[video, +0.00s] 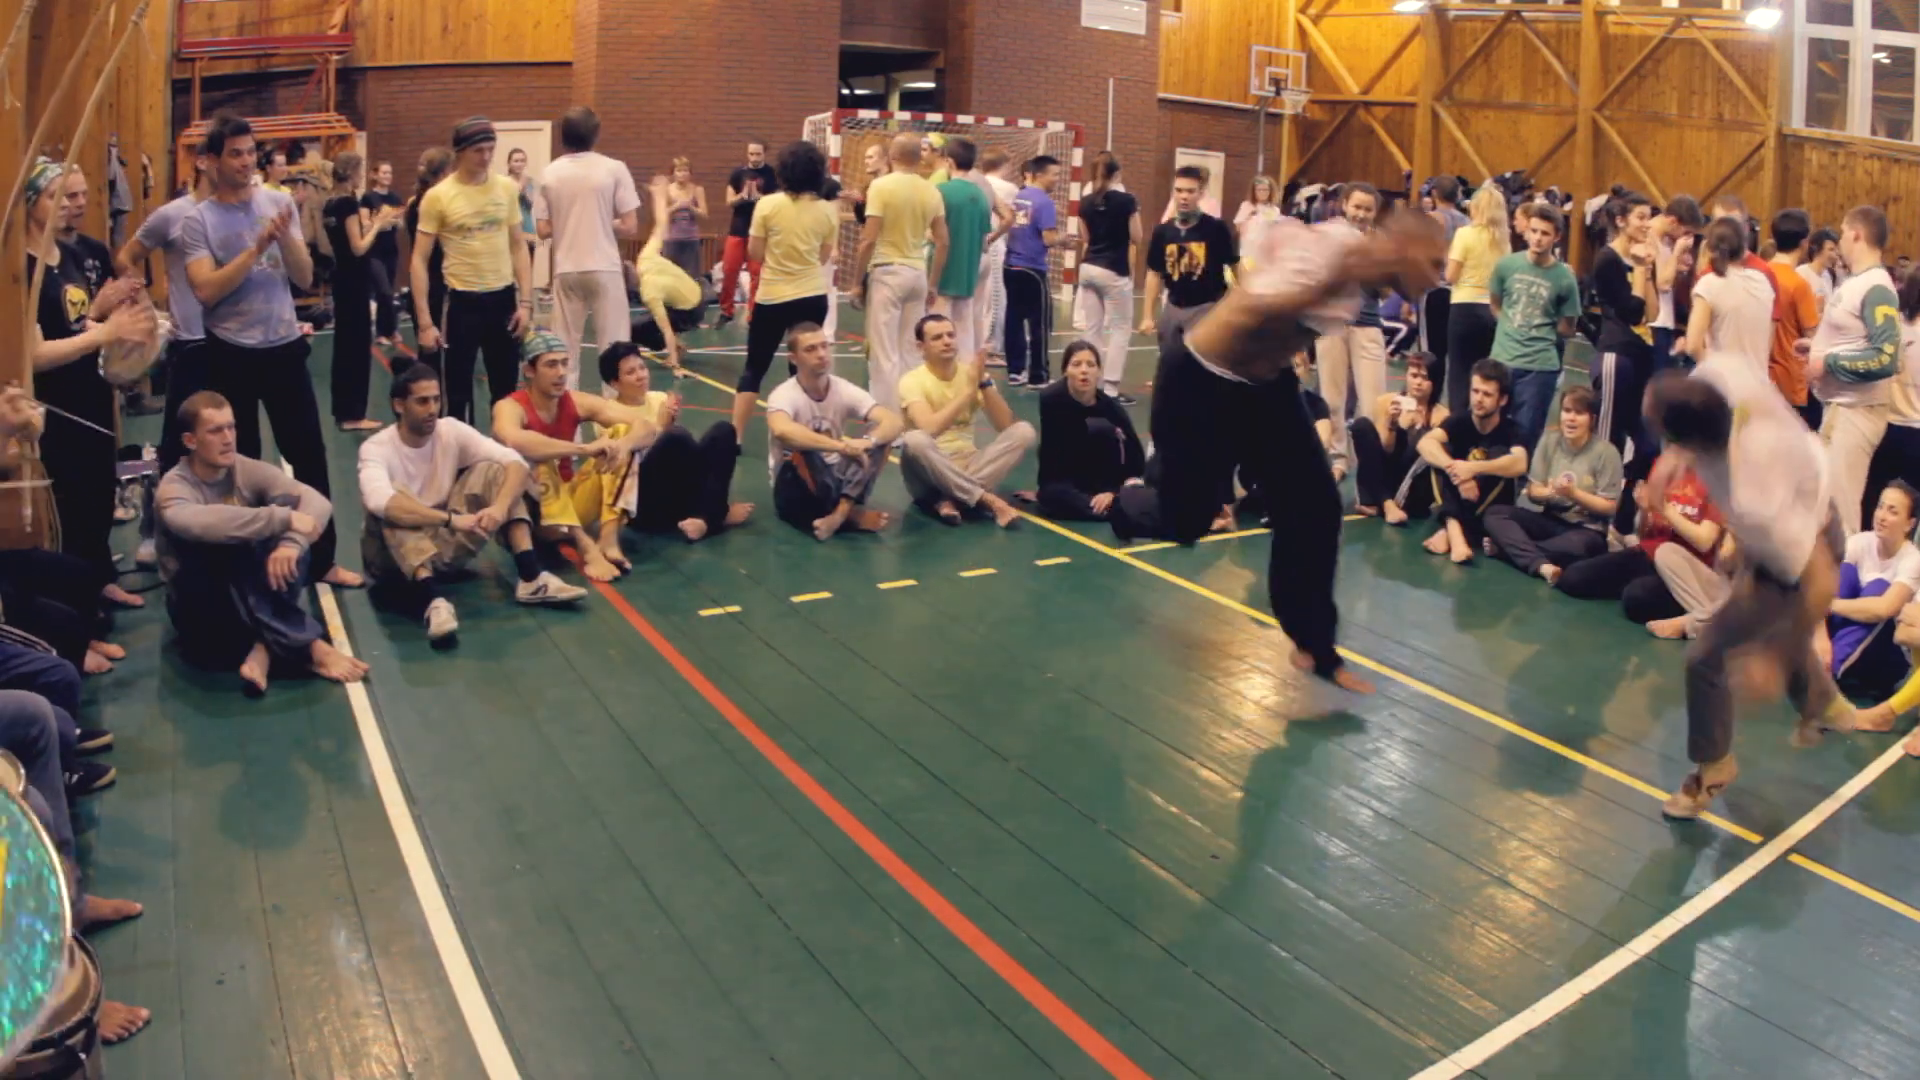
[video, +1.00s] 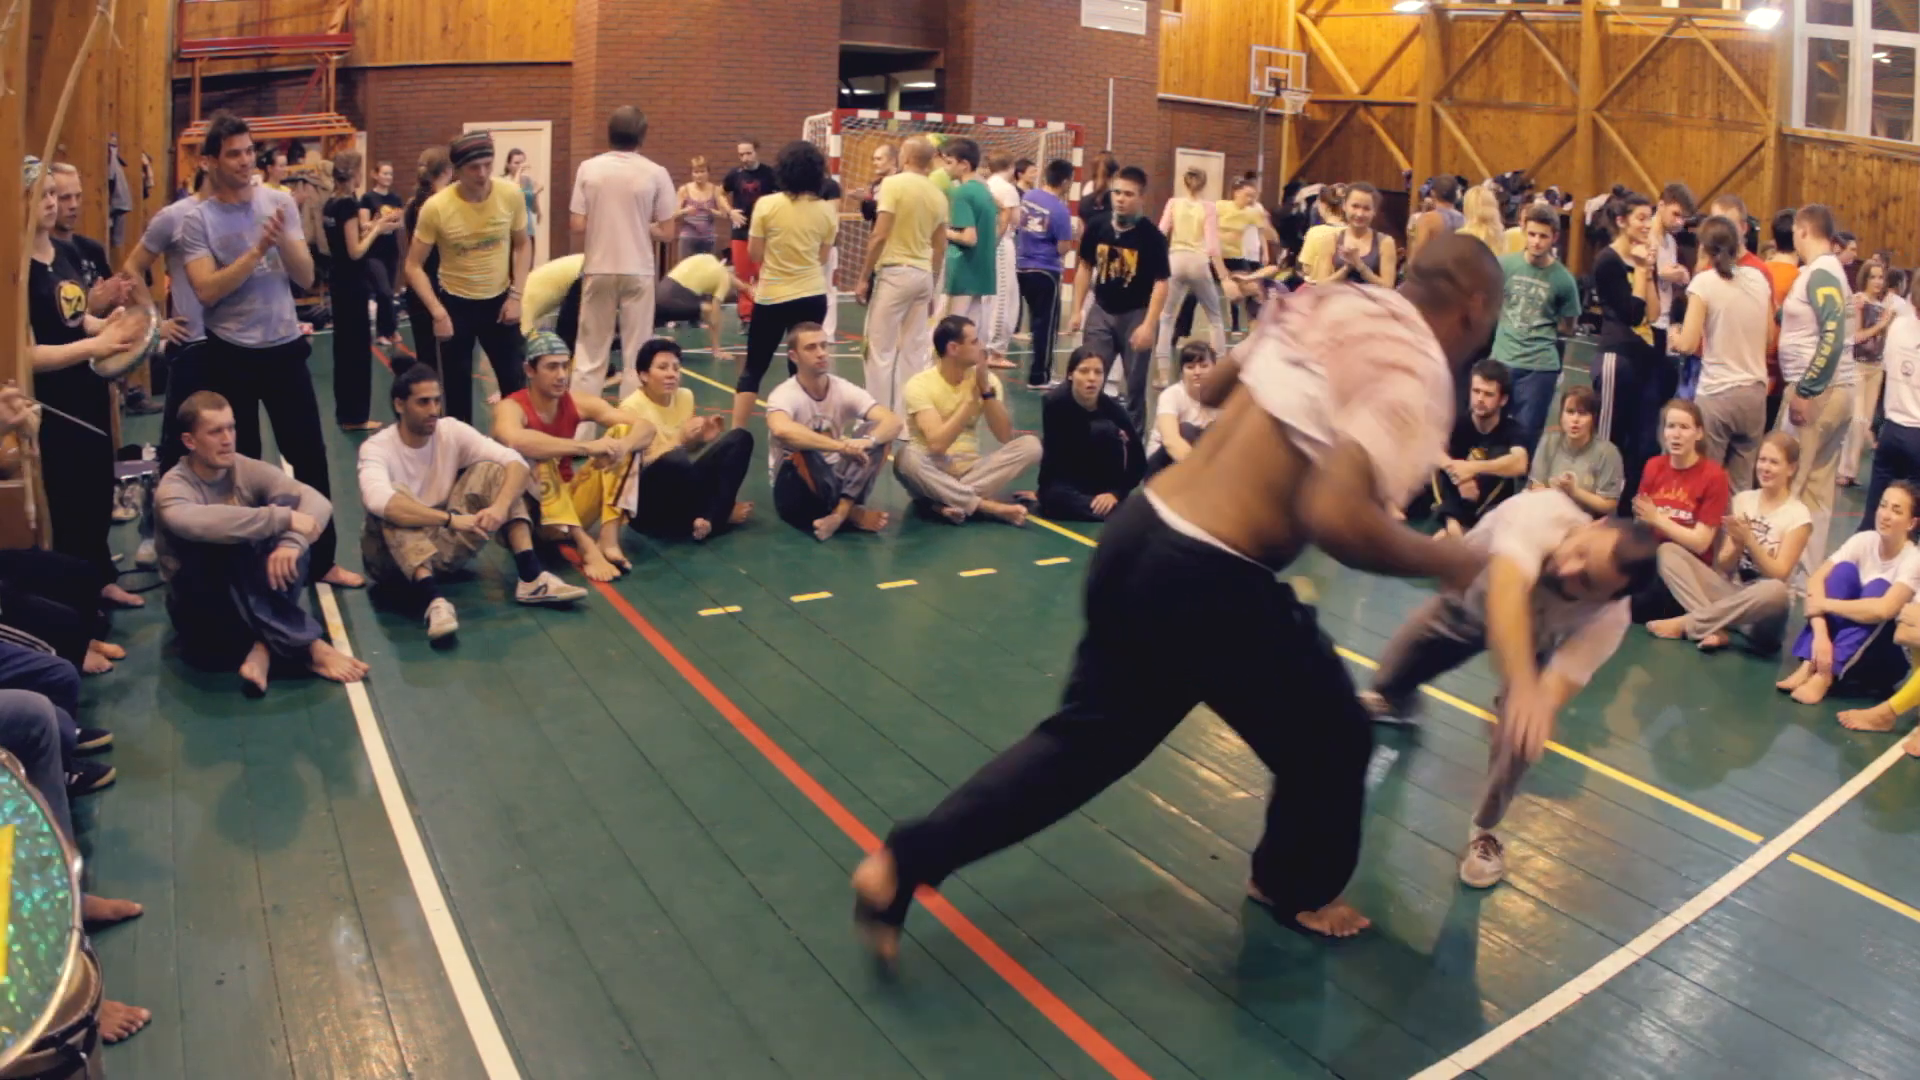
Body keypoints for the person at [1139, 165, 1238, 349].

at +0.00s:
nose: (1183, 197)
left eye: (1190, 191)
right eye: (1179, 191)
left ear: (1201, 194)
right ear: (1173, 193)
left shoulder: (1217, 229)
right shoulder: (1162, 232)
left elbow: (1236, 267)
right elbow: (1153, 274)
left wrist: (1246, 302)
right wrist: (1147, 316)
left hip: (1207, 310)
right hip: (1172, 309)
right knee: (1169, 370)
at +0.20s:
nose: (1160, 197)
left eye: (1168, 191)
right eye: (1156, 191)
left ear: (1181, 194)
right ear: (1151, 194)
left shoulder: (1200, 229)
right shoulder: (1145, 233)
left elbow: (1218, 269)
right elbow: (1135, 275)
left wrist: (1233, 306)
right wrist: (1125, 316)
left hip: (1190, 308)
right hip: (1157, 309)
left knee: (1173, 370)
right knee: (1160, 372)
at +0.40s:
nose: (1152, 198)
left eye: (1160, 192)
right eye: (1149, 191)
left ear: (1174, 196)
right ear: (1144, 194)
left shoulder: (1188, 235)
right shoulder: (1134, 230)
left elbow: (1201, 281)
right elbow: (1125, 270)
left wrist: (1202, 325)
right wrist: (1114, 309)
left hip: (1169, 311)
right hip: (1140, 310)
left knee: (1150, 376)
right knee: (1147, 374)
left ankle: (1140, 438)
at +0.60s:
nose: (1148, 198)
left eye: (1156, 193)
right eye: (1145, 191)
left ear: (1170, 199)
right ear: (1140, 192)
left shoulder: (1177, 237)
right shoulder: (1129, 222)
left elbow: (1182, 283)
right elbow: (1115, 261)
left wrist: (1169, 323)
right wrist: (1104, 301)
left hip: (1152, 314)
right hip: (1123, 309)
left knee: (1140, 383)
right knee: (1116, 372)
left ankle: (1135, 440)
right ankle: (1133, 423)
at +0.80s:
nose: (1139, 197)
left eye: (1147, 193)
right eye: (1136, 191)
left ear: (1161, 198)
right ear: (1130, 191)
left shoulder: (1167, 236)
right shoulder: (1115, 221)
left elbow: (1170, 280)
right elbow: (1104, 261)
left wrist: (1146, 310)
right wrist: (1089, 300)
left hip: (1145, 313)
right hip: (1110, 306)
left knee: (1136, 378)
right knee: (1098, 370)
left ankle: (1133, 435)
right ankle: (1098, 426)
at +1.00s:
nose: (1120, 199)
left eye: (1128, 194)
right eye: (1116, 193)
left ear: (1141, 198)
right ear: (1110, 194)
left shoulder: (1152, 237)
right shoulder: (1097, 227)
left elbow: (1161, 282)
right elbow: (1084, 266)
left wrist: (1149, 325)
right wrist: (1077, 309)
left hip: (1136, 316)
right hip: (1100, 312)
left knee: (1135, 384)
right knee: (1089, 376)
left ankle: (1133, 437)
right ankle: (1082, 433)